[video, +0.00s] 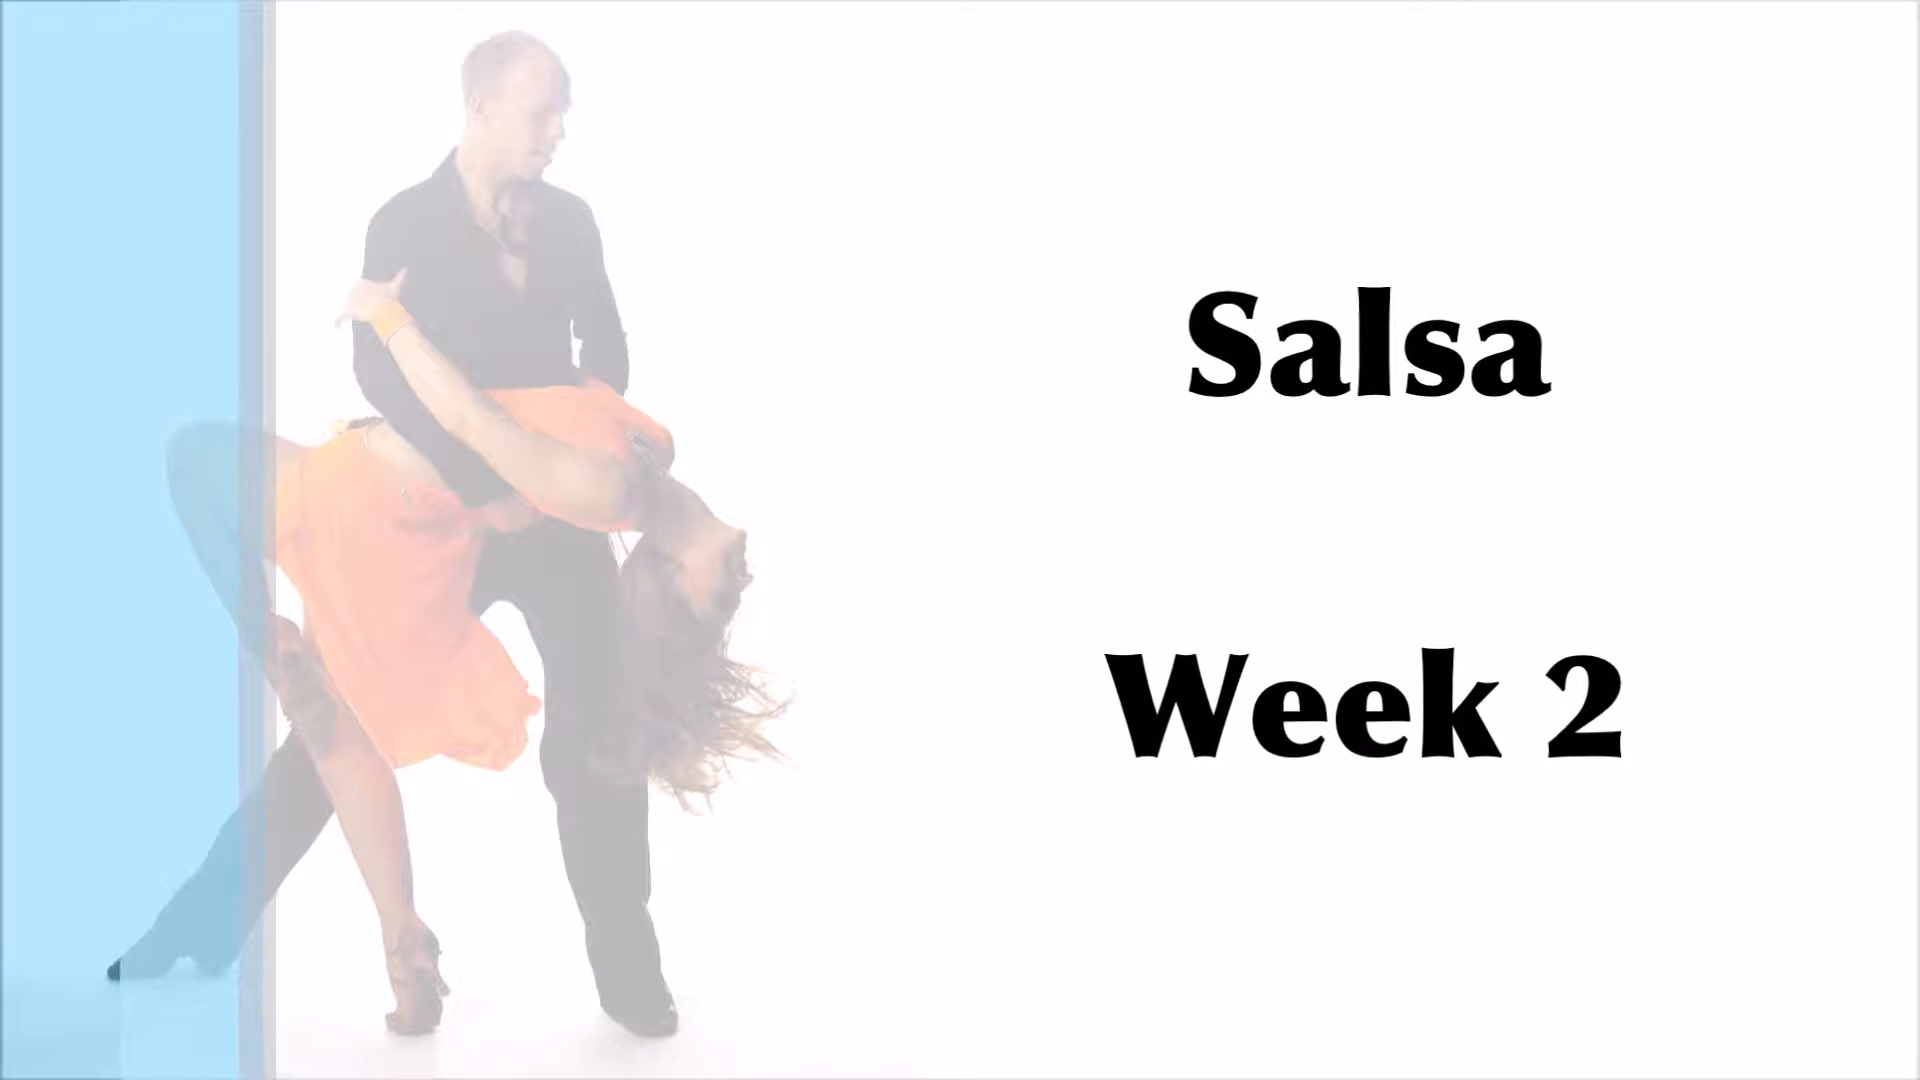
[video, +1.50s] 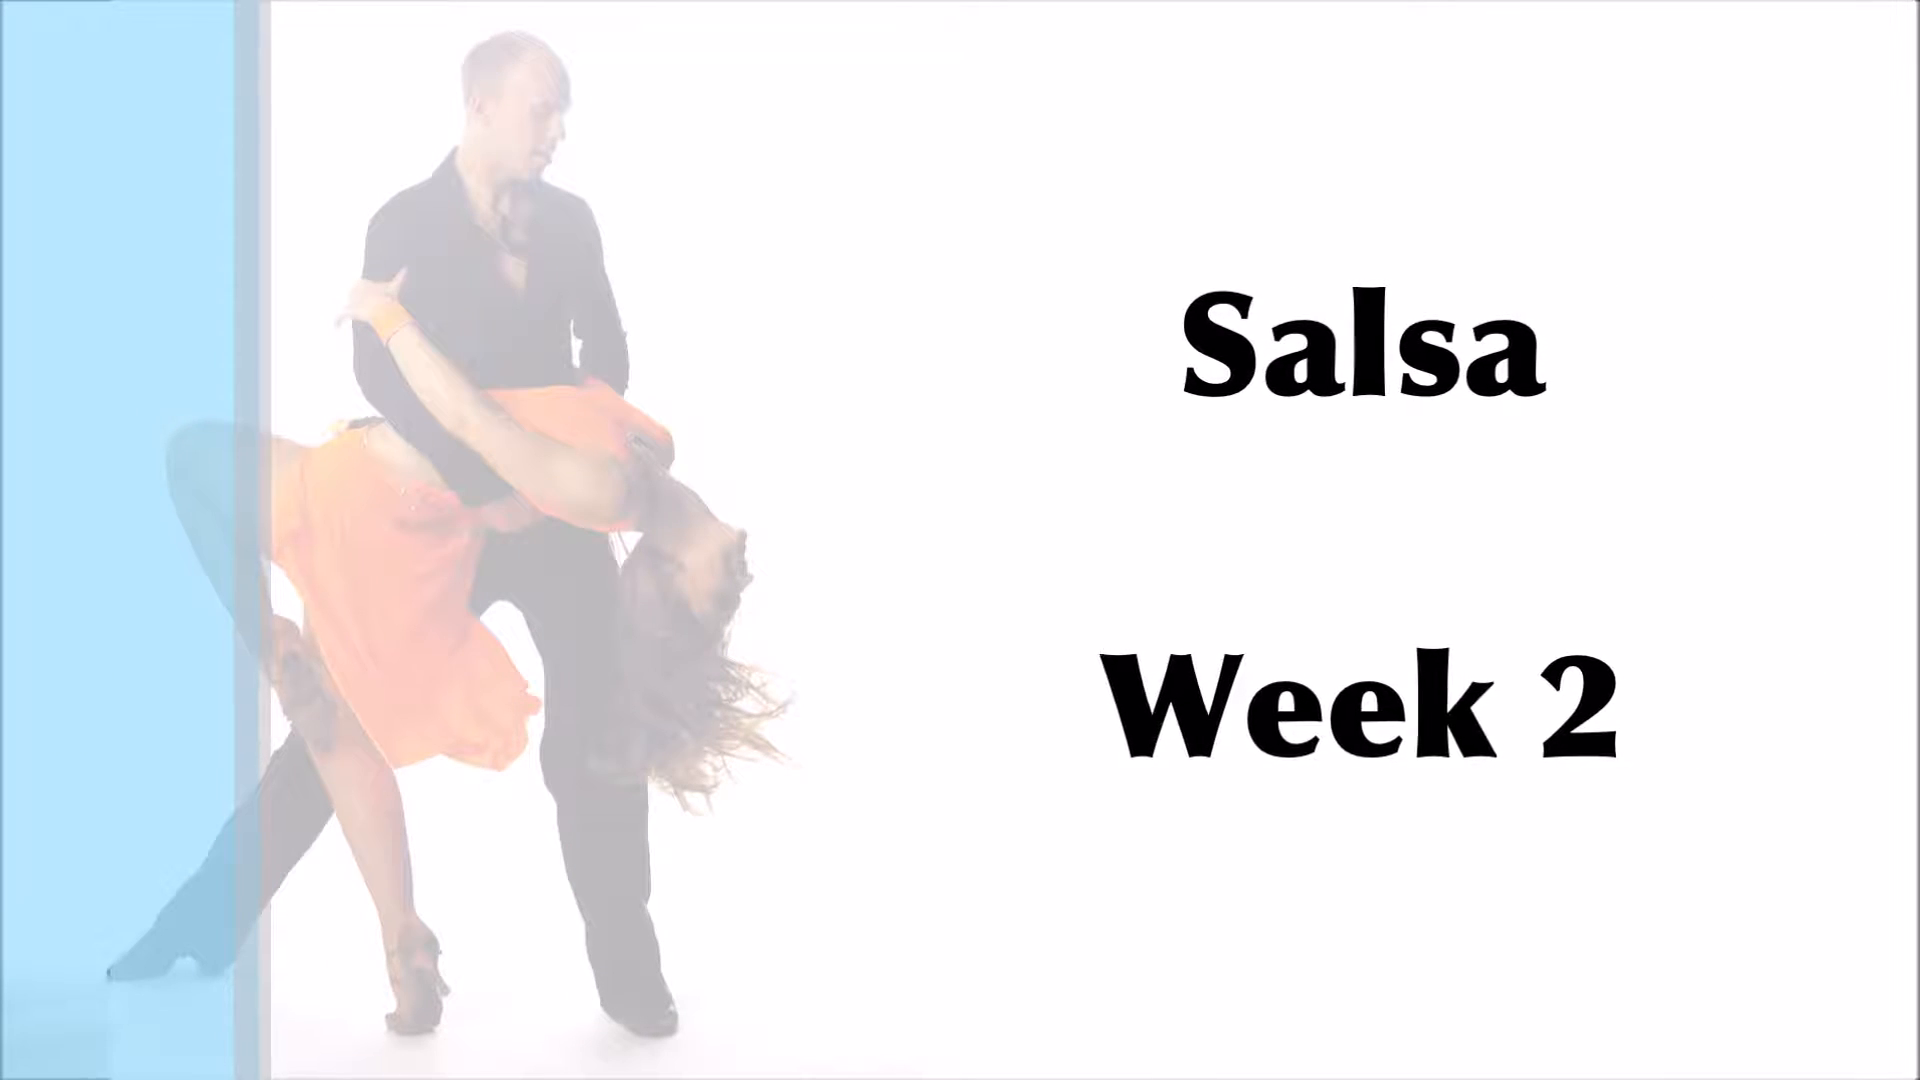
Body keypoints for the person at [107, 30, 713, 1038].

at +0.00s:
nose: (555, 134)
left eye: (561, 116)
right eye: (542, 114)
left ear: (552, 120)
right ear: (481, 110)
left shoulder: (567, 220)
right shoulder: (406, 225)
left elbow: (606, 343)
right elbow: (377, 368)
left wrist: (597, 433)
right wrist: (467, 479)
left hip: (552, 524)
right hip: (434, 521)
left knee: (596, 722)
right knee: (346, 734)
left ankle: (627, 958)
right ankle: (198, 931)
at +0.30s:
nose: (556, 133)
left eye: (563, 116)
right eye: (542, 113)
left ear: (557, 123)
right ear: (480, 110)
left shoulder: (567, 220)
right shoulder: (406, 223)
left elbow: (607, 344)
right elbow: (378, 368)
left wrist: (597, 420)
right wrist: (464, 473)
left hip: (555, 527)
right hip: (438, 523)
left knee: (597, 726)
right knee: (346, 729)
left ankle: (628, 962)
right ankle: (203, 926)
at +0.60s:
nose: (557, 133)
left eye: (563, 116)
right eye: (542, 113)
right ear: (480, 110)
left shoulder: (568, 220)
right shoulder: (406, 223)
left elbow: (607, 347)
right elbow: (377, 368)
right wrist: (464, 475)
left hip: (555, 527)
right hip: (439, 524)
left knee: (598, 727)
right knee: (346, 728)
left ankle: (627, 962)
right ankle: (203, 926)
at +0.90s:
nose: (557, 133)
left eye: (563, 115)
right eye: (542, 113)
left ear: (556, 122)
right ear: (481, 110)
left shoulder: (567, 220)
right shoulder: (406, 223)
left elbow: (607, 344)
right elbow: (378, 368)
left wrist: (595, 421)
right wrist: (465, 473)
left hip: (554, 527)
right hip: (437, 523)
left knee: (597, 726)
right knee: (346, 731)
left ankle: (628, 962)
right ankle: (201, 927)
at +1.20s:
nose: (556, 133)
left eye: (562, 115)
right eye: (541, 112)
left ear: (554, 121)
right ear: (481, 110)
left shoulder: (567, 220)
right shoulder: (405, 223)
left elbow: (607, 341)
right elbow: (378, 368)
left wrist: (595, 420)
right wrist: (465, 474)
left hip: (554, 525)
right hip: (437, 522)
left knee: (598, 724)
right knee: (346, 727)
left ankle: (627, 958)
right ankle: (211, 918)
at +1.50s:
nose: (557, 132)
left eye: (563, 115)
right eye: (541, 112)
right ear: (481, 110)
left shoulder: (567, 220)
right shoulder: (405, 223)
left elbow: (608, 345)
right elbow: (379, 370)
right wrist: (468, 477)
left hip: (555, 526)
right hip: (438, 522)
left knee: (598, 728)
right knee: (345, 727)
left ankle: (627, 961)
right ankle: (209, 920)